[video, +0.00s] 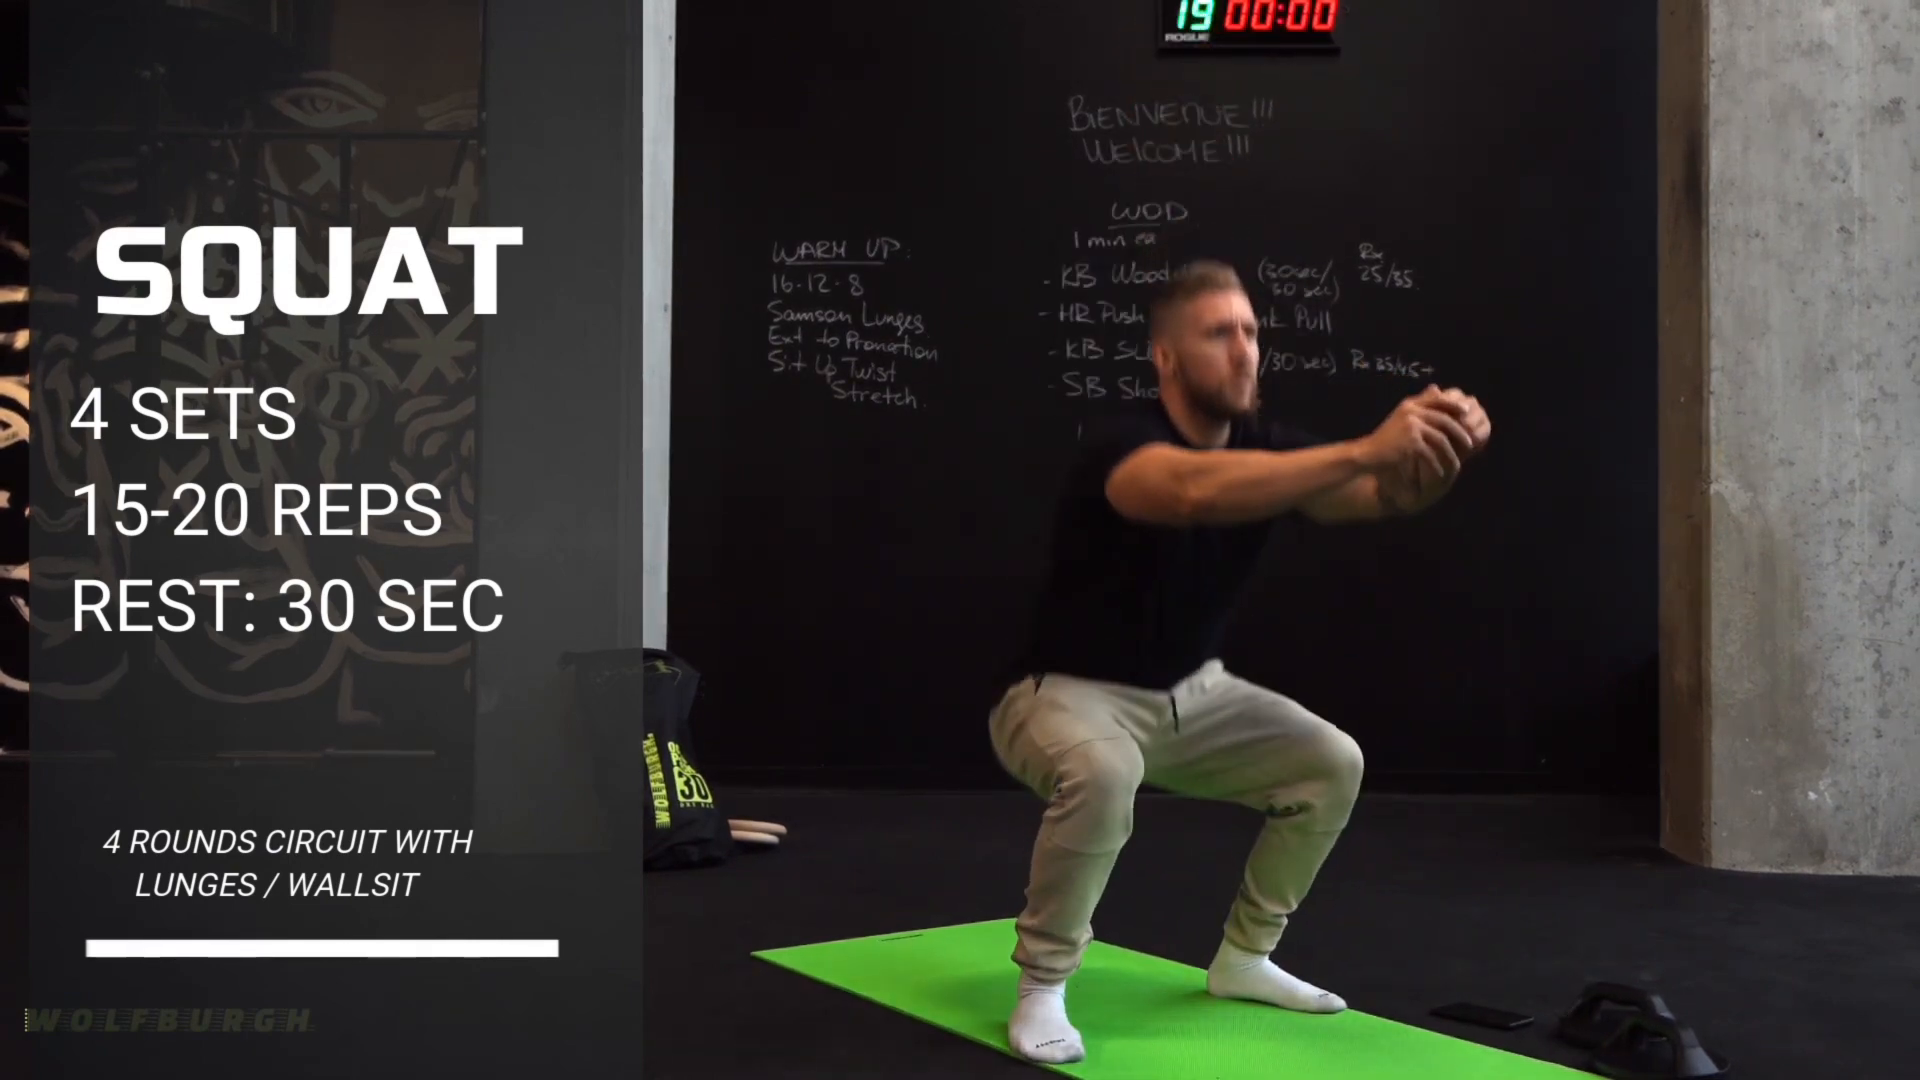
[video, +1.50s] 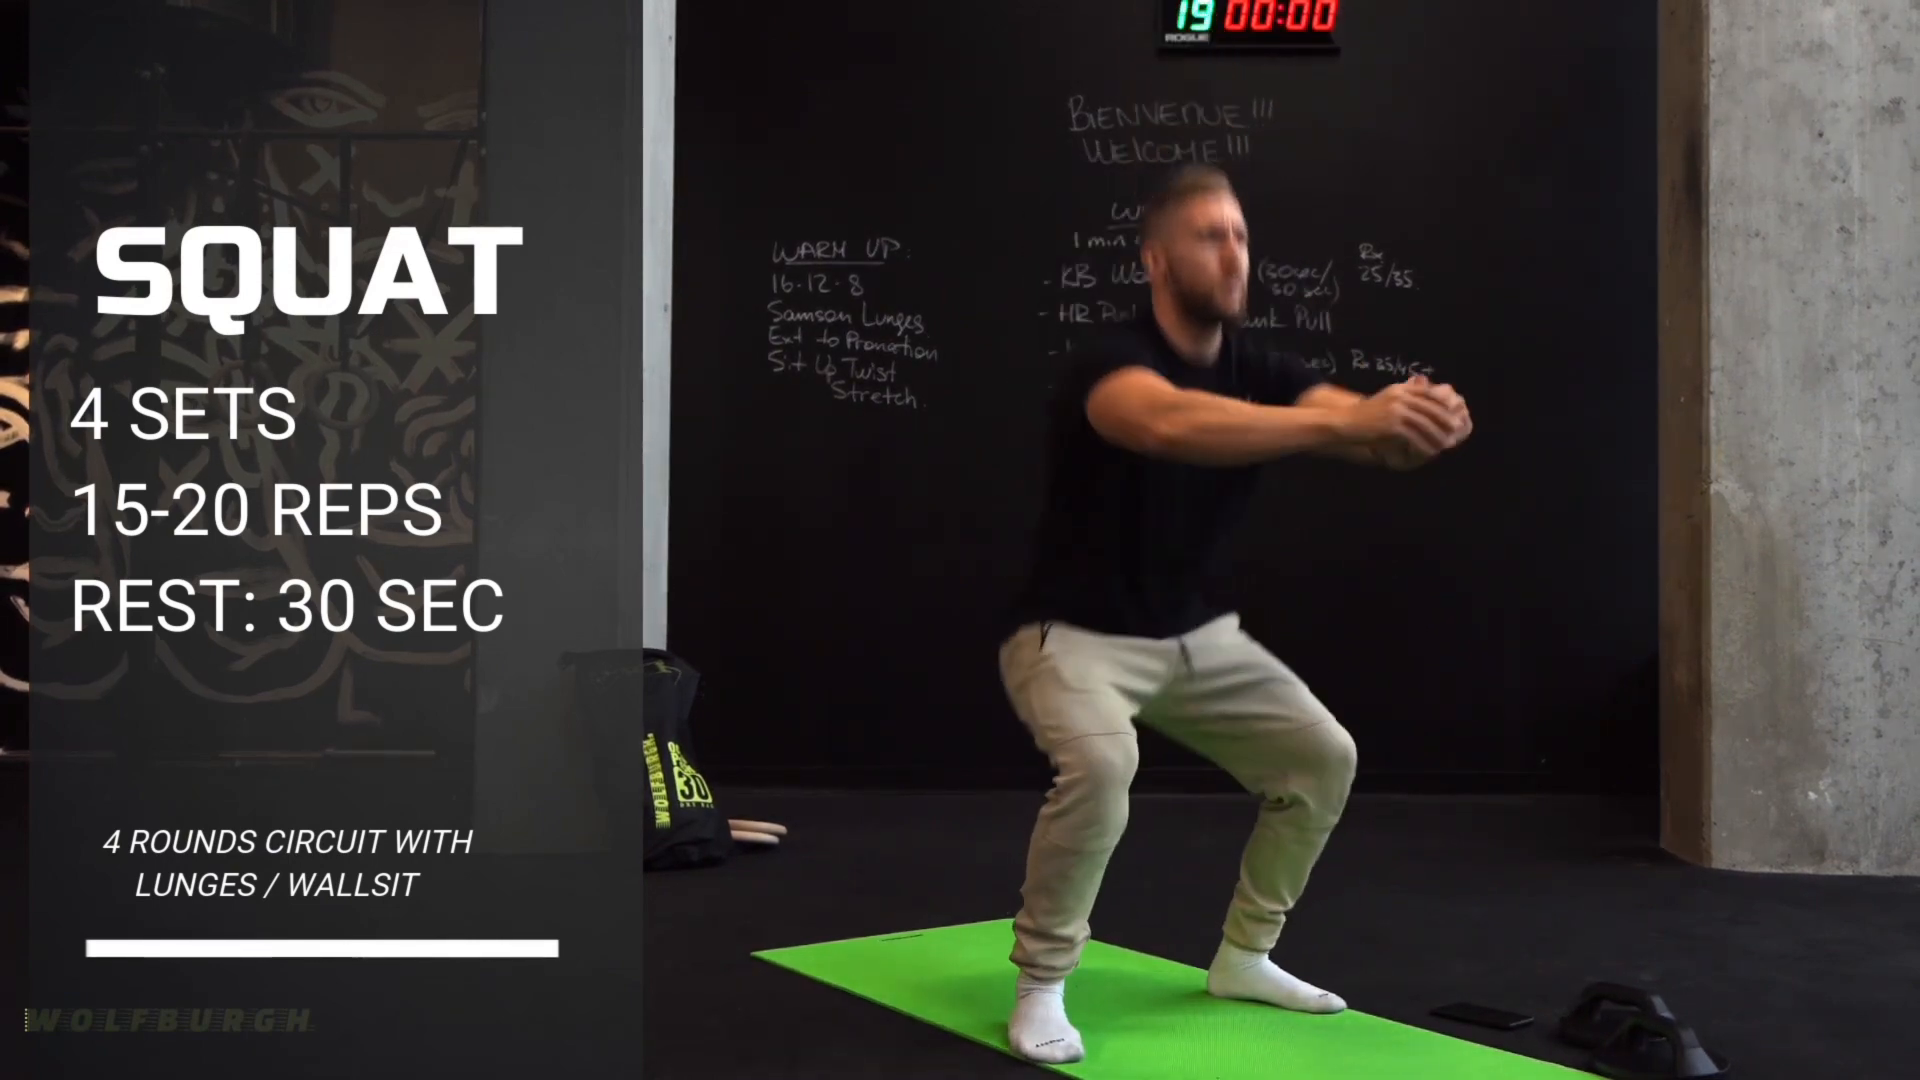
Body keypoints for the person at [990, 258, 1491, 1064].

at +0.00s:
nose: (1244, 350)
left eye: (1251, 333)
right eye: (1220, 335)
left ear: (1259, 349)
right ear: (1165, 358)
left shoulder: (1262, 453)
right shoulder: (1119, 448)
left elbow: (1387, 495)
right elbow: (1196, 492)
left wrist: (1446, 453)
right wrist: (1366, 453)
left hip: (1192, 699)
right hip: (1072, 695)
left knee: (1330, 766)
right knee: (1102, 779)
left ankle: (1242, 963)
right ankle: (1043, 989)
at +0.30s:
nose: (1249, 437)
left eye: (1255, 419)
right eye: (1224, 421)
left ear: (1265, 433)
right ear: (1170, 445)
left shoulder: (1263, 533)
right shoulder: (1122, 525)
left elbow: (1384, 567)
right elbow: (1202, 561)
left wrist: (1453, 526)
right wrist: (1375, 522)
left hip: (1183, 759)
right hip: (1058, 756)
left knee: (1334, 768)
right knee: (1105, 774)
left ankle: (1243, 962)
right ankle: (1044, 989)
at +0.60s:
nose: (1244, 255)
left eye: (1248, 240)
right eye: (1220, 241)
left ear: (1257, 258)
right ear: (1164, 265)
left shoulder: (1262, 373)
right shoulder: (1115, 363)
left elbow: (1358, 426)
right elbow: (1175, 443)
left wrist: (1443, 449)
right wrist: (1349, 451)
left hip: (1210, 641)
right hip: (1089, 642)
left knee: (1339, 766)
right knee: (1120, 776)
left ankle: (1244, 960)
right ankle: (1045, 986)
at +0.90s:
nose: (1222, 61)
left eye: (1226, 45)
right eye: (1197, 46)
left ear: (1233, 71)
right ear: (1144, 76)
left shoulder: (1260, 205)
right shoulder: (1093, 192)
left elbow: (1308, 363)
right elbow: (1044, 357)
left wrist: (1321, 503)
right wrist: (1062, 514)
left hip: (1242, 526)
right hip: (1123, 520)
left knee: (1250, 743)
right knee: (1093, 742)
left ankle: (1239, 955)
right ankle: (1040, 981)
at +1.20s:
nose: (1216, 62)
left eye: (1221, 46)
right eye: (1191, 47)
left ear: (1227, 71)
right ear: (1137, 74)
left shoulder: (1254, 204)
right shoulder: (1087, 190)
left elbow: (1294, 367)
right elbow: (1039, 359)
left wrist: (1303, 509)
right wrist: (1060, 515)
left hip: (1242, 528)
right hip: (1120, 522)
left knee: (1242, 746)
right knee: (1087, 749)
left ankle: (1239, 956)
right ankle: (1039, 981)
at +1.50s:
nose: (1234, 254)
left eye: (1240, 237)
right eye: (1211, 238)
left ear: (1248, 254)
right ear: (1157, 255)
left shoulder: (1255, 367)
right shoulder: (1108, 362)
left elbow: (1349, 425)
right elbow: (1167, 426)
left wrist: (1416, 425)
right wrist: (1343, 423)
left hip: (1196, 638)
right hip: (1073, 638)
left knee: (1324, 759)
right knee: (1099, 768)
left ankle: (1242, 961)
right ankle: (1041, 985)